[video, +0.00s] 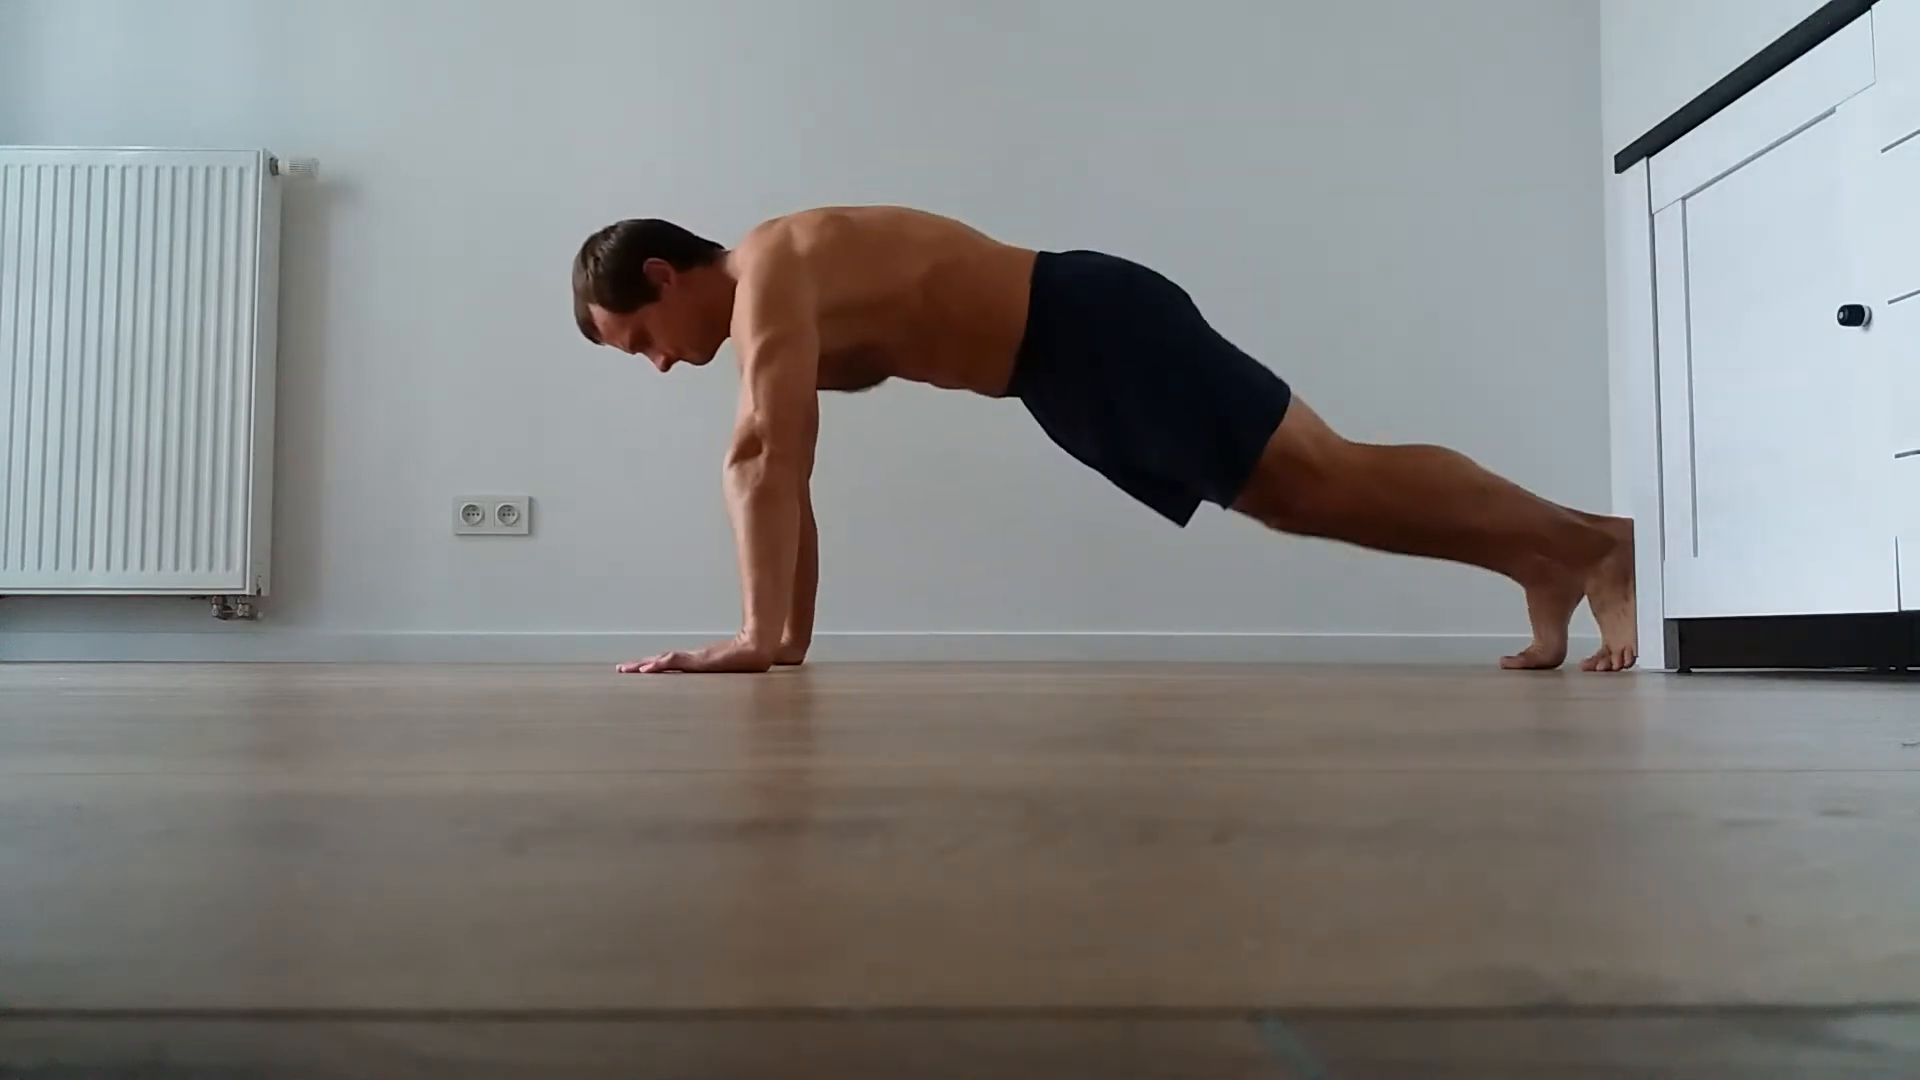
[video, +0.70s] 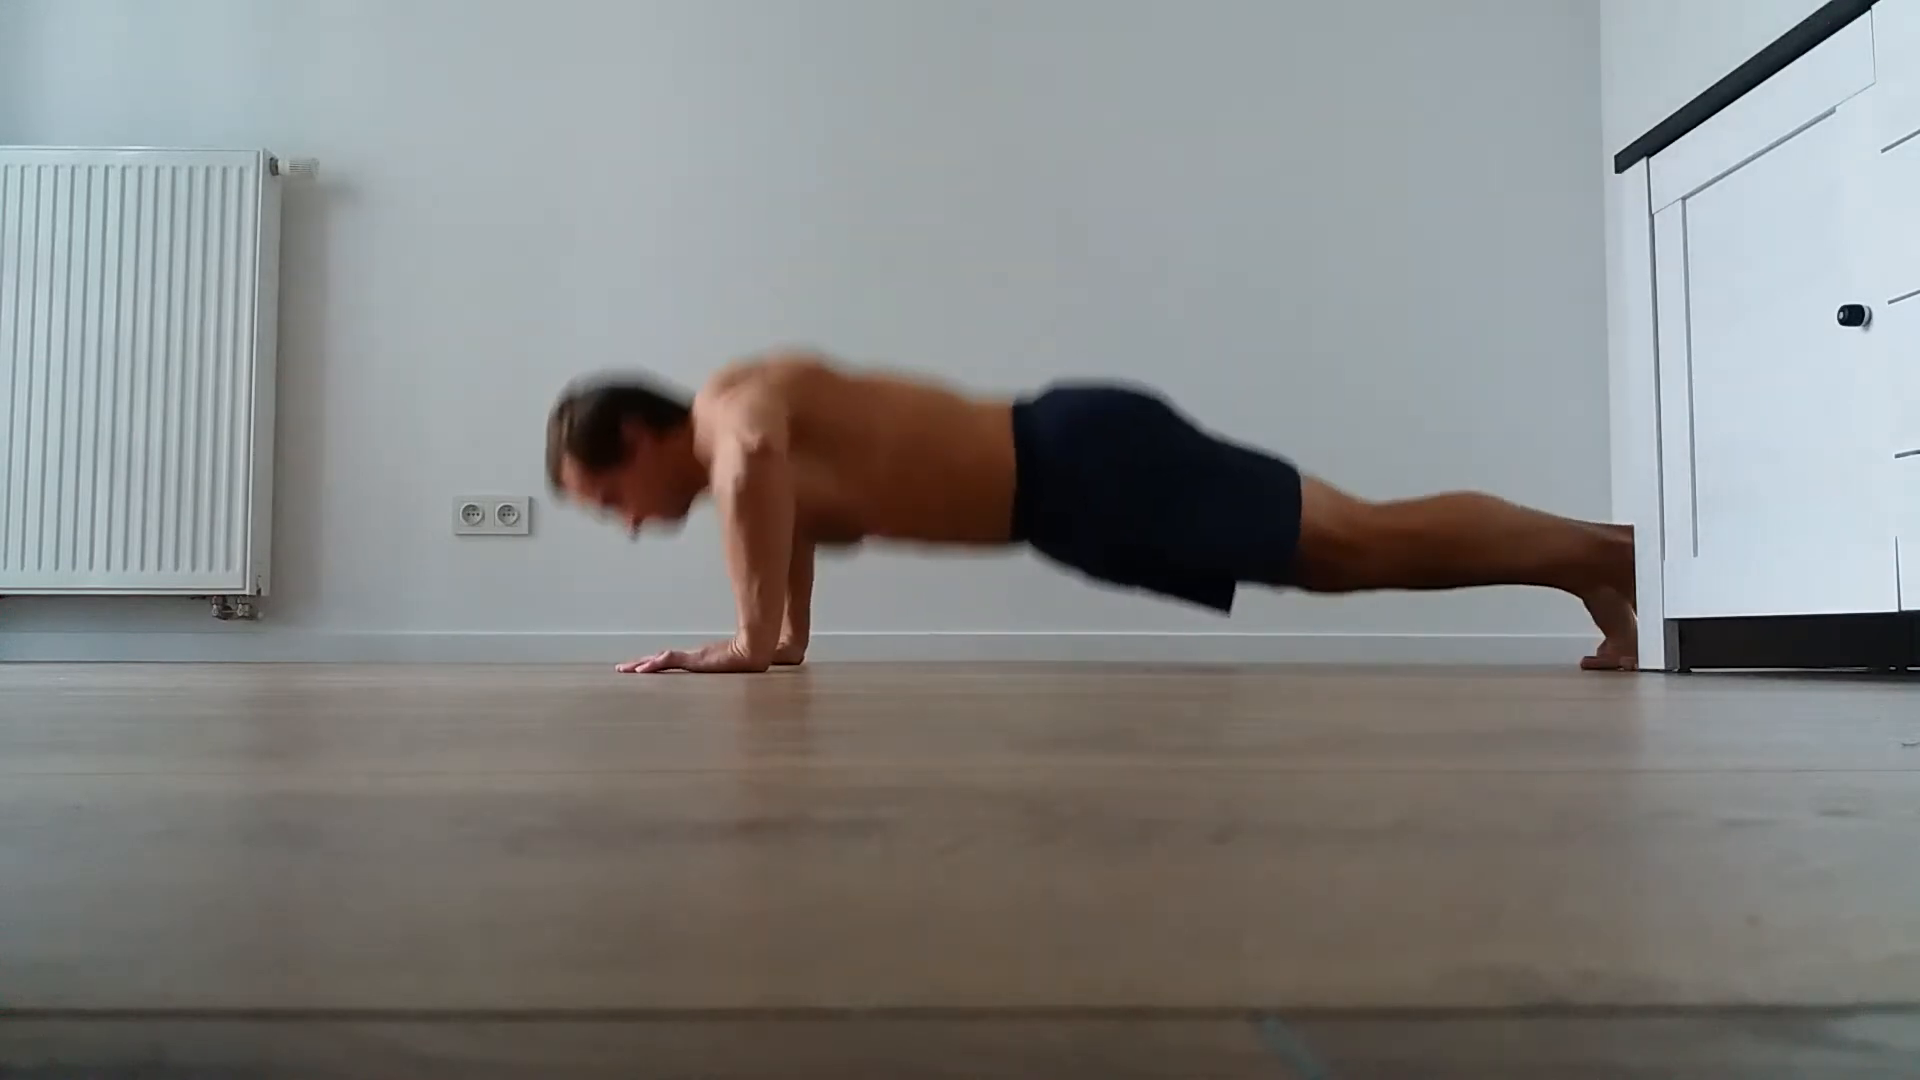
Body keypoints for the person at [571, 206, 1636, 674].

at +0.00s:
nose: (650, 360)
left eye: (634, 338)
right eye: (634, 349)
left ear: (660, 282)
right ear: (663, 287)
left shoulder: (774, 270)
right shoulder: (769, 290)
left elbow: (762, 464)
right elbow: (782, 481)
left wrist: (758, 638)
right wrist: (788, 639)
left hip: (1092, 330)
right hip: (1072, 354)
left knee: (1322, 483)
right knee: (1301, 492)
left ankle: (1589, 544)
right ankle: (1537, 564)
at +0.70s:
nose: (632, 522)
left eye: (615, 502)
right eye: (616, 511)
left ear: (631, 444)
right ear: (647, 445)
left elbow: (758, 461)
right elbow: (811, 525)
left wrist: (761, 633)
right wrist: (780, 645)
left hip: (1075, 467)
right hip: (1066, 481)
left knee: (1346, 544)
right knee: (1341, 544)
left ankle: (1598, 557)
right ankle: (1587, 556)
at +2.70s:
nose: (622, 609)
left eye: (608, 590)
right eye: (603, 599)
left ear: (630, 541)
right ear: (632, 546)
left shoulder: (723, 502)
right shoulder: (734, 516)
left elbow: (709, 462)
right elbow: (798, 610)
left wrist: (765, 637)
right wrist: (736, 647)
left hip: (1064, 542)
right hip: (1054, 544)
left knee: (1357, 575)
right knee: (1352, 572)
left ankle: (1593, 559)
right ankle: (1587, 560)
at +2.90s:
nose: (639, 416)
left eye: (625, 396)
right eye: (625, 406)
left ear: (652, 349)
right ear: (663, 349)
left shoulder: (749, 344)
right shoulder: (762, 358)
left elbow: (738, 484)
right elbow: (781, 502)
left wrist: (753, 640)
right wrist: (786, 644)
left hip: (1089, 419)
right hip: (1084, 415)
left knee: (1363, 510)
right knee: (1359, 503)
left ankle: (1597, 553)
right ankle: (1588, 552)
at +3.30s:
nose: (625, 576)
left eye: (609, 560)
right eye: (608, 568)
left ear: (623, 506)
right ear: (631, 512)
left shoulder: (720, 462)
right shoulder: (733, 475)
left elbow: (734, 469)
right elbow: (790, 620)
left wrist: (751, 639)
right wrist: (741, 643)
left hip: (1068, 530)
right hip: (1057, 532)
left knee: (1358, 576)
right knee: (1352, 570)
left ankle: (1595, 563)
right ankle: (1589, 564)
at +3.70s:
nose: (632, 436)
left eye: (618, 417)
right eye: (618, 426)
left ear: (644, 370)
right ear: (656, 371)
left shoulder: (742, 362)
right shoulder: (754, 377)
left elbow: (734, 482)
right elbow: (773, 502)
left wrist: (752, 639)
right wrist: (784, 644)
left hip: (1088, 430)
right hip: (1079, 432)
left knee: (1355, 511)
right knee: (1351, 509)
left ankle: (1595, 553)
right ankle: (1586, 553)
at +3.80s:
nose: (644, 373)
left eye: (628, 351)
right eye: (629, 362)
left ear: (653, 300)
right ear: (658, 314)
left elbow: (742, 461)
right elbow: (784, 500)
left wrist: (752, 634)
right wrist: (785, 643)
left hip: (1094, 391)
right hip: (1083, 400)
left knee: (1360, 492)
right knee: (1354, 491)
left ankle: (1598, 552)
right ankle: (1584, 557)